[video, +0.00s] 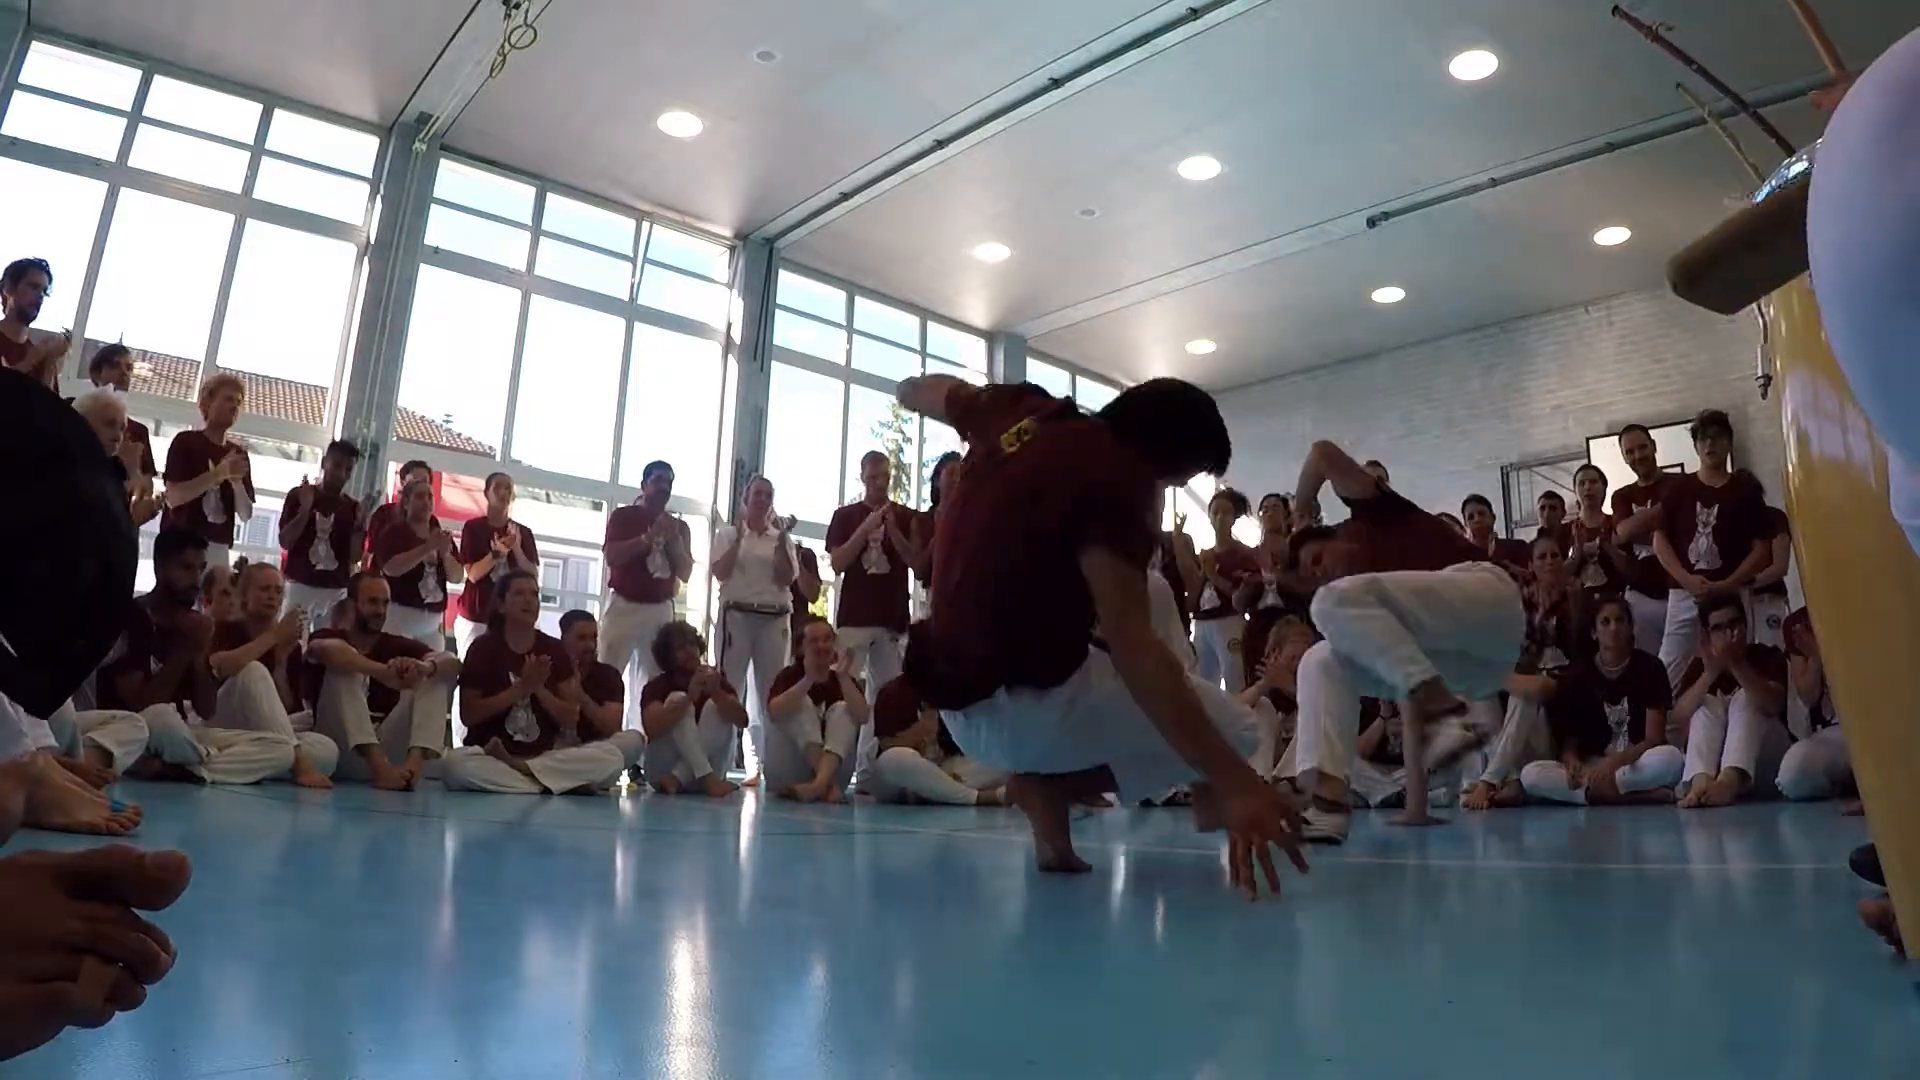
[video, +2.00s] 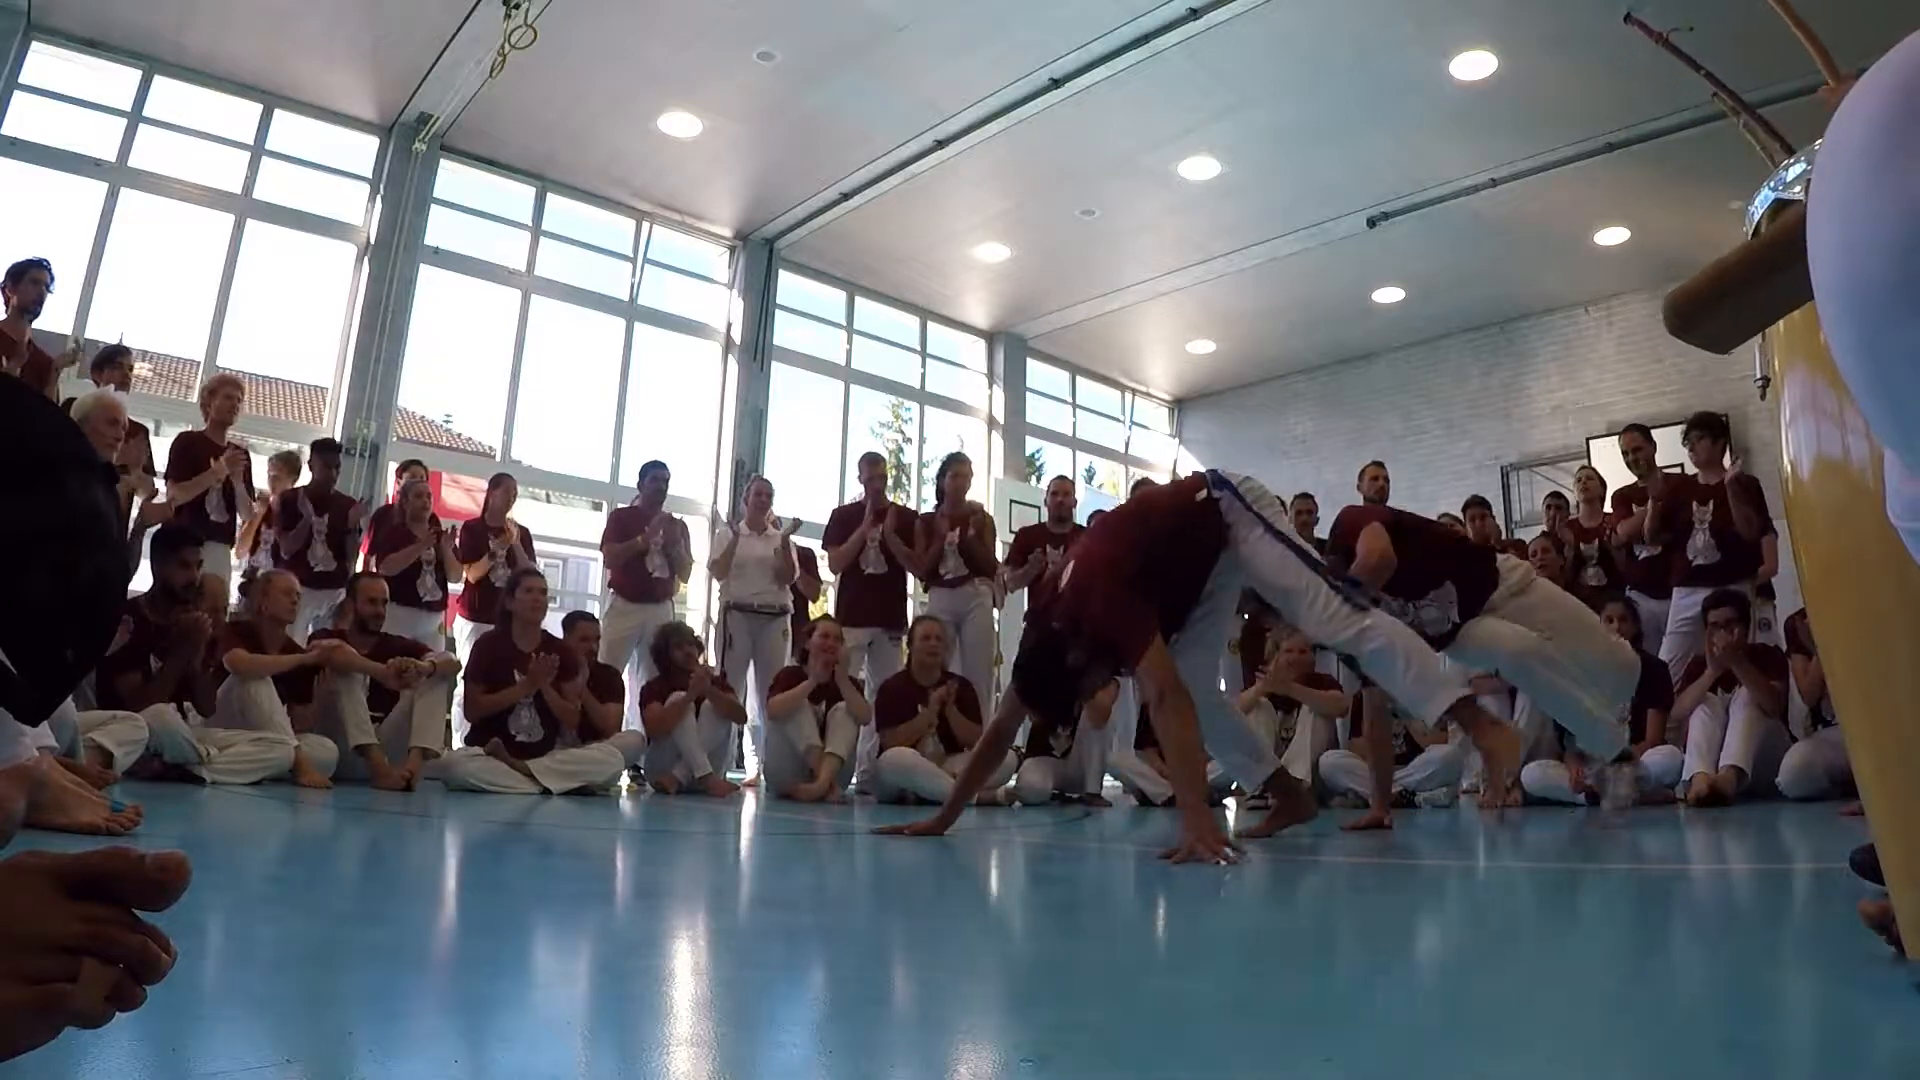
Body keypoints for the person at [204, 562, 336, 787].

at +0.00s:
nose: (273, 597)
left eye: (278, 591)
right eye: (264, 589)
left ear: (283, 597)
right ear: (244, 593)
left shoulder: (290, 647)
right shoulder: (225, 630)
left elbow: (290, 708)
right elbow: (219, 667)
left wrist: (281, 661)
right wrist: (274, 637)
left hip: (271, 732)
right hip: (223, 724)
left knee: (326, 751)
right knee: (253, 671)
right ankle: (299, 763)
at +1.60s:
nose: (280, 596)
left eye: (283, 591)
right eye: (271, 590)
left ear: (288, 598)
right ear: (246, 599)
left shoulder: (287, 642)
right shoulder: (227, 628)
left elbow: (298, 708)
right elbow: (222, 658)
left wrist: (311, 669)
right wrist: (275, 640)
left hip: (271, 731)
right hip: (223, 725)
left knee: (327, 752)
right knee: (253, 671)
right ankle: (299, 762)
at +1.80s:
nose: (289, 598)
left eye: (292, 592)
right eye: (280, 591)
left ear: (296, 599)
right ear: (257, 601)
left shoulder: (294, 648)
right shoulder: (232, 629)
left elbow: (302, 718)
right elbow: (235, 655)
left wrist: (314, 675)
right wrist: (299, 655)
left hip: (270, 733)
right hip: (223, 725)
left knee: (327, 751)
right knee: (253, 672)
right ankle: (298, 760)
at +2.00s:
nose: (295, 601)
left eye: (298, 596)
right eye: (287, 594)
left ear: (301, 601)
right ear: (262, 600)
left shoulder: (298, 654)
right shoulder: (233, 631)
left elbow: (301, 724)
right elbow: (239, 665)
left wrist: (322, 694)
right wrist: (305, 658)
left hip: (269, 736)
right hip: (222, 727)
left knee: (326, 753)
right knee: (253, 678)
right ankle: (298, 762)